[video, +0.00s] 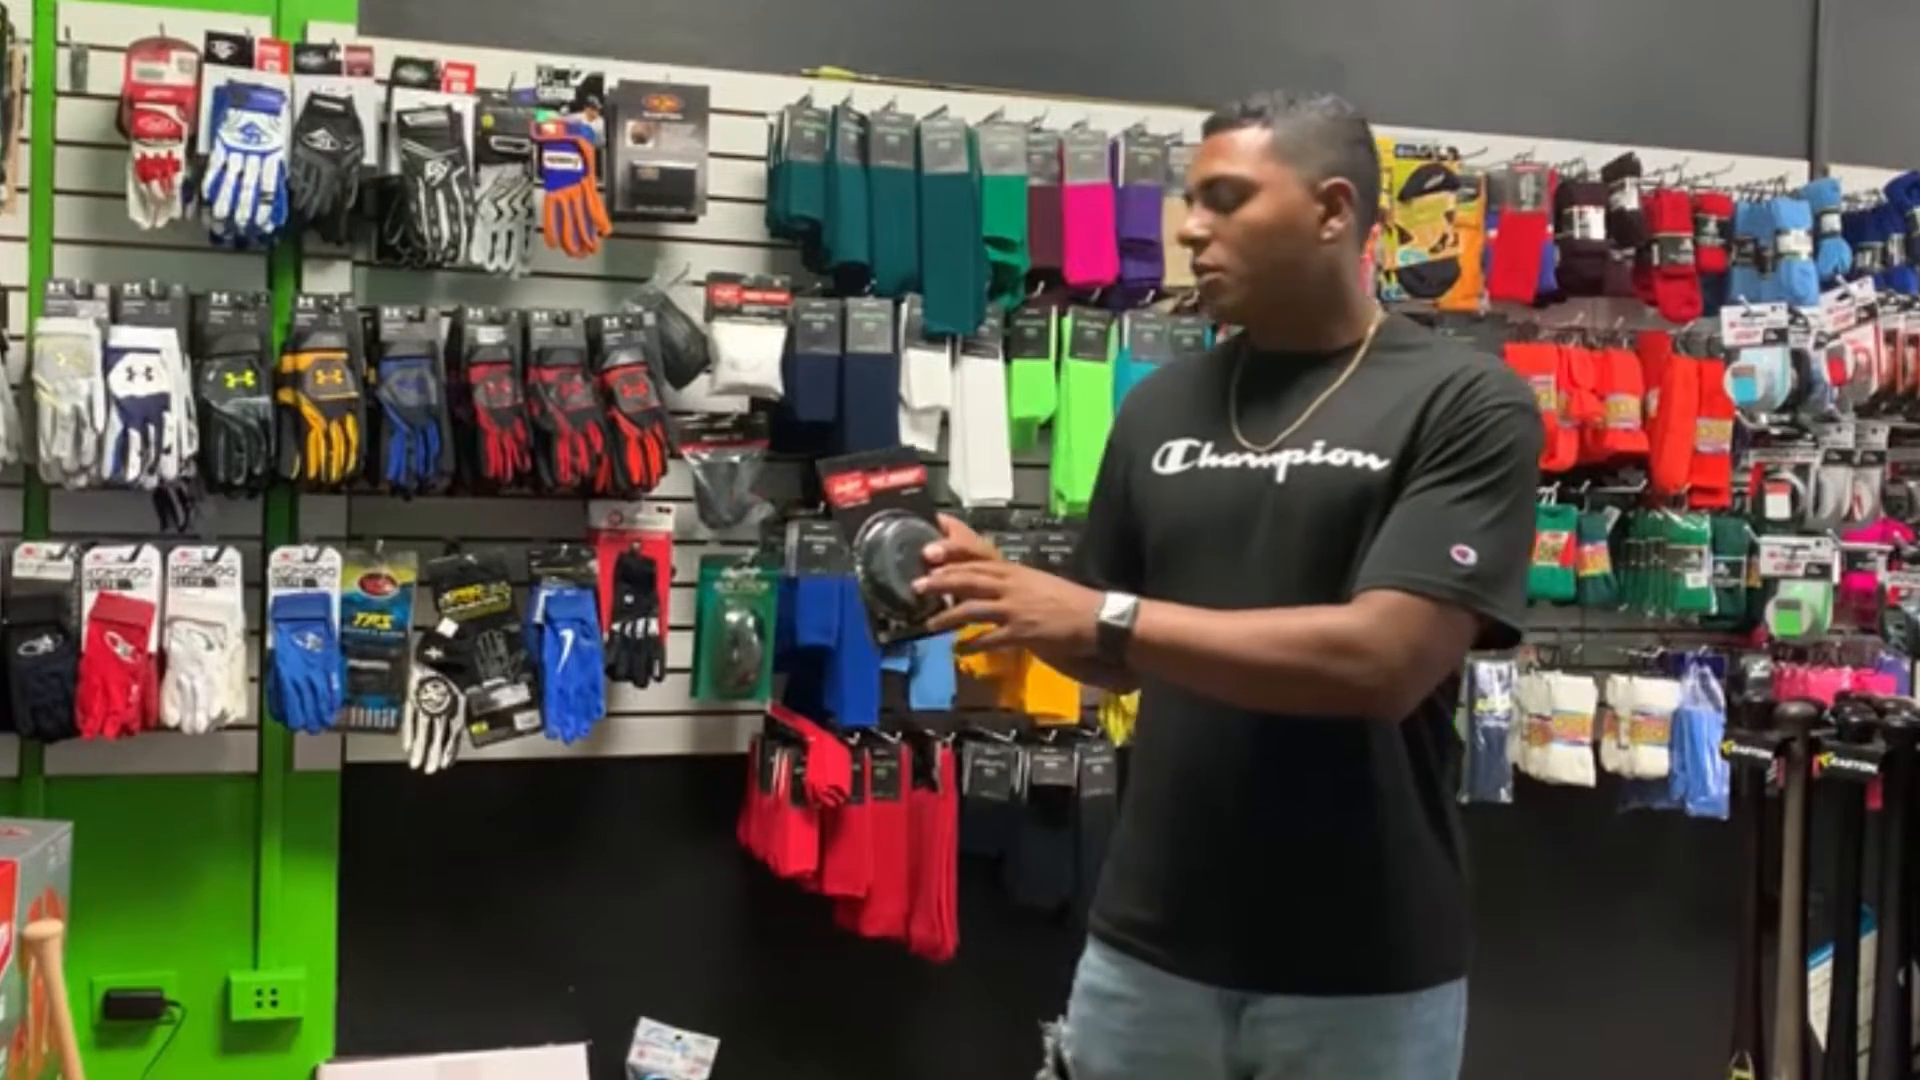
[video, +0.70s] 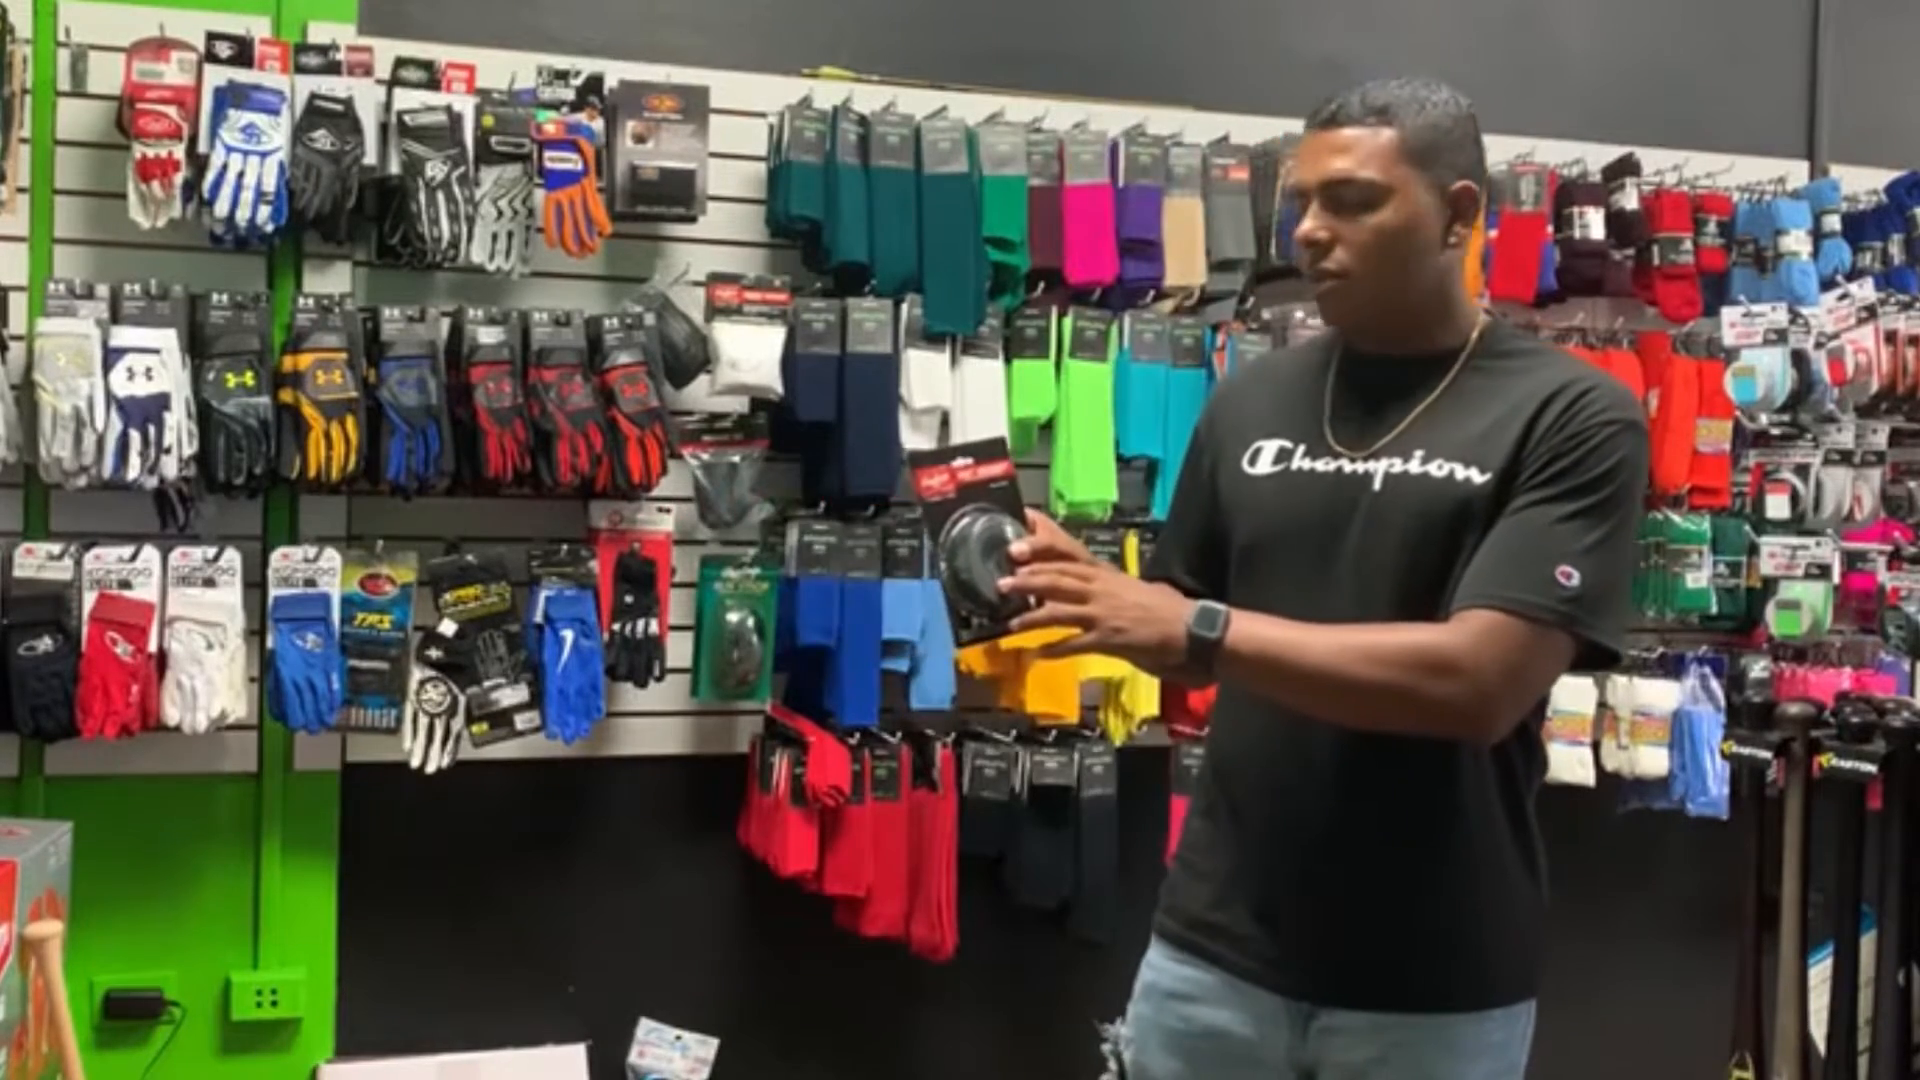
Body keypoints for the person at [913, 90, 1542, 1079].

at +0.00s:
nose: (1190, 230)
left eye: (1224, 197)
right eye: (1190, 202)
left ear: (1333, 213)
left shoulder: (1469, 401)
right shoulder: (1158, 406)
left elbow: (1382, 663)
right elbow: (1115, 659)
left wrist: (1098, 617)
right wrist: (995, 597)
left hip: (1363, 965)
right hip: (1148, 947)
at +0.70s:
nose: (1307, 233)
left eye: (1350, 201)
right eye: (1298, 204)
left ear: (1462, 215)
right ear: (1285, 213)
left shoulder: (1574, 418)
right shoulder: (1248, 400)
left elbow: (1480, 684)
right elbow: (1195, 654)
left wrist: (1192, 624)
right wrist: (1087, 595)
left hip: (1435, 977)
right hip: (1216, 950)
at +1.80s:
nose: (1250, 202)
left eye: (1291, 175)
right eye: (1225, 178)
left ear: (1366, 209)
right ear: (1204, 208)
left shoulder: (1453, 400)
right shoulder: (1158, 381)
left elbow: (1431, 694)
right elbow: (1112, 604)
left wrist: (1150, 648)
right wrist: (1033, 624)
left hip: (1341, 954)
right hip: (1146, 924)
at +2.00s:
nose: (1160, 209)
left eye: (1198, 184)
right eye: (1138, 188)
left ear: (1273, 214)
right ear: (1117, 219)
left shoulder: (1352, 405)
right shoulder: (1084, 398)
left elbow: (1342, 683)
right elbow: (1052, 615)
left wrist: (1070, 635)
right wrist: (977, 615)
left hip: (1258, 945)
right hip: (1076, 917)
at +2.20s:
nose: (1027, 246)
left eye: (1063, 218)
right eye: (1023, 221)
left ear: (1159, 232)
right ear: (1015, 233)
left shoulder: (1242, 413)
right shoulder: (1010, 410)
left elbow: (1233, 687)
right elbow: (978, 624)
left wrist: (977, 626)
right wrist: (884, 613)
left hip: (1157, 941)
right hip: (988, 913)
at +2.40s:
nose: (933, 286)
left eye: (958, 256)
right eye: (929, 261)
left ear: (1051, 246)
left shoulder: (1156, 414)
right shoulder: (971, 407)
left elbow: (1140, 681)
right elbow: (962, 625)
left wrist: (900, 619)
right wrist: (840, 608)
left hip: (1066, 903)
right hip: (946, 881)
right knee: (960, 1064)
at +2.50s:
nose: (896, 292)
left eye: (917, 260)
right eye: (892, 267)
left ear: (1008, 247)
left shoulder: (1107, 412)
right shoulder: (960, 406)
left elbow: (1099, 680)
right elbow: (953, 629)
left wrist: (858, 621)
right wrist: (824, 618)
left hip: (1027, 891)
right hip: (945, 873)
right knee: (943, 1060)